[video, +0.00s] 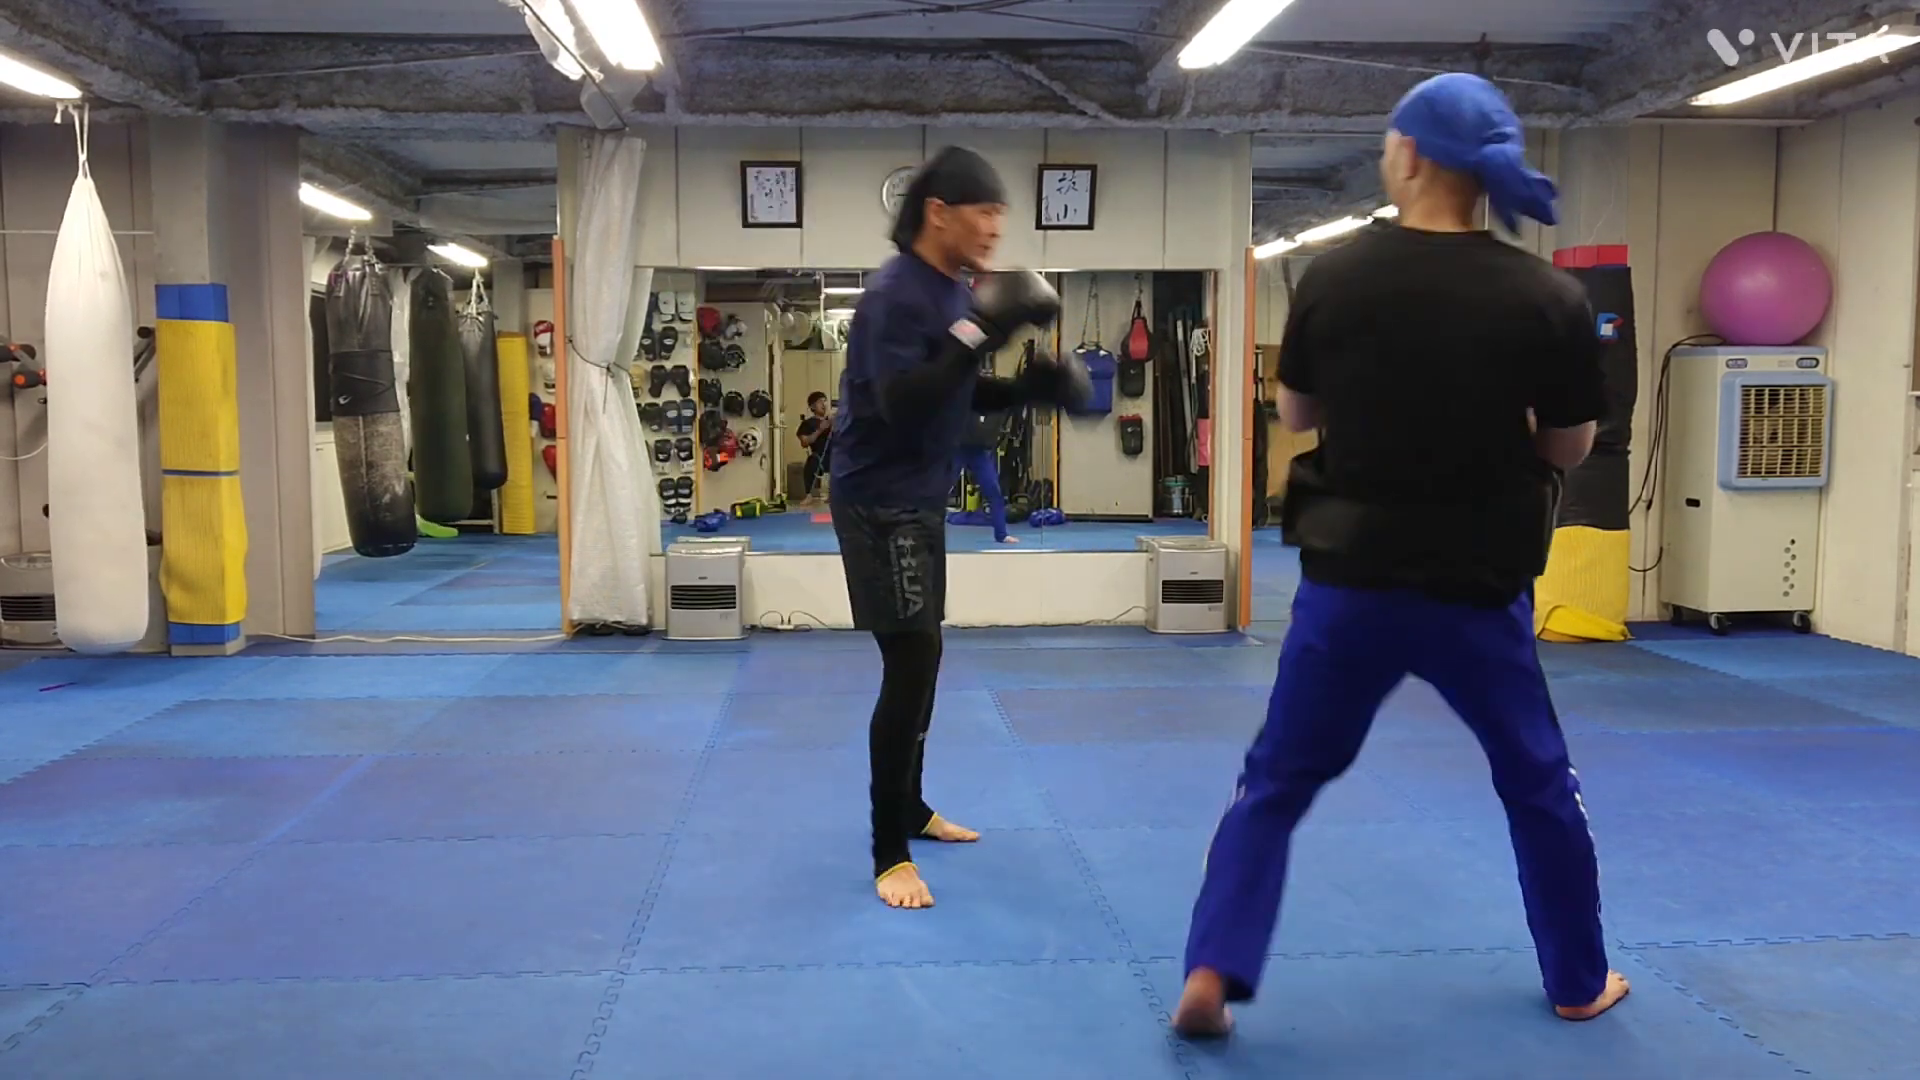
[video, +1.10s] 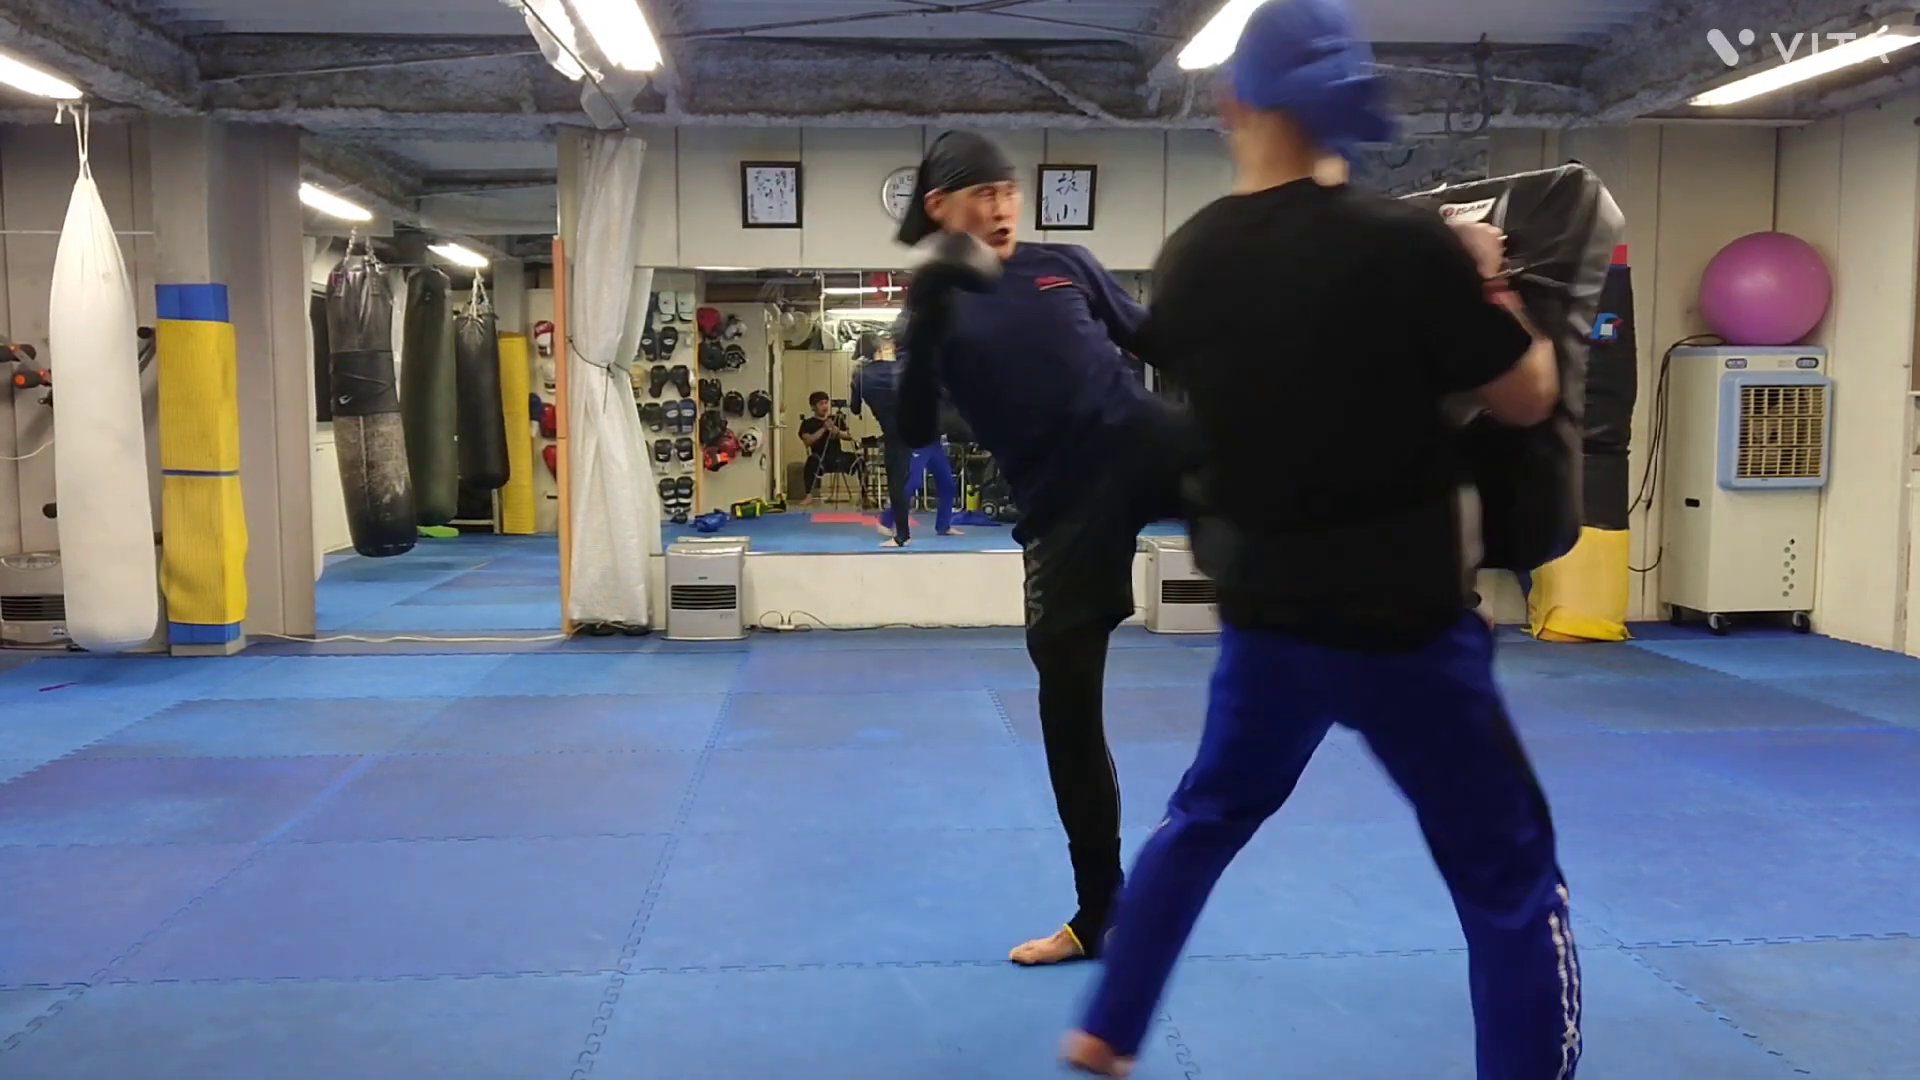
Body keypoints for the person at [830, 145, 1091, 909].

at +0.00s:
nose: (996, 229)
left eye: (999, 215)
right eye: (984, 213)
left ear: (964, 218)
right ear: (937, 212)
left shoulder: (953, 293)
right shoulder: (896, 293)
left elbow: (959, 400)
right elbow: (902, 401)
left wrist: (1033, 386)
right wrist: (977, 332)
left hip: (917, 502)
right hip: (880, 505)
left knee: (921, 658)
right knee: (907, 666)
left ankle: (908, 806)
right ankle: (890, 854)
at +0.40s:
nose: (1022, 239)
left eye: (1029, 225)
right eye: (1007, 225)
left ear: (1032, 226)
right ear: (964, 225)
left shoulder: (1000, 297)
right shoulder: (941, 286)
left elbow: (1033, 400)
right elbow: (909, 382)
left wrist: (1105, 433)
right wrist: (1000, 348)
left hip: (957, 504)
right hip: (910, 505)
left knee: (946, 655)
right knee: (941, 656)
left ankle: (907, 806)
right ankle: (920, 845)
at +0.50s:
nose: (1018, 234)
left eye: (1024, 220)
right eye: (1002, 223)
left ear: (1030, 222)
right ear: (960, 228)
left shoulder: (1030, 300)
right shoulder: (938, 291)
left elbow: (1094, 382)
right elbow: (869, 387)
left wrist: (1122, 358)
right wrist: (935, 403)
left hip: (981, 517)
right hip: (928, 516)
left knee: (948, 666)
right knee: (965, 676)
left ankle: (903, 808)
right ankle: (1000, 881)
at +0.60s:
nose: (1022, 218)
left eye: (1022, 205)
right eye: (1007, 207)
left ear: (1017, 215)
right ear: (972, 217)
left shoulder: (1040, 286)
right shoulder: (932, 295)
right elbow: (859, 387)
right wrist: (838, 452)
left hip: (1018, 524)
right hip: (958, 527)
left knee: (979, 676)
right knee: (1009, 708)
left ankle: (912, 794)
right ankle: (1059, 905)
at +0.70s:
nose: (948, 200)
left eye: (957, 187)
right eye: (936, 189)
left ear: (980, 196)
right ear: (913, 209)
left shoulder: (1024, 266)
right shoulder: (901, 306)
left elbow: (1095, 270)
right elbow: (839, 403)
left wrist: (998, 212)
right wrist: (768, 458)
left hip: (1067, 501)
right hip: (987, 521)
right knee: (1028, 711)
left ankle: (1016, 725)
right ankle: (1061, 907)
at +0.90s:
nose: (942, 226)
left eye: (948, 207)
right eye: (920, 217)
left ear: (965, 210)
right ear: (889, 237)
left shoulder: (1022, 268)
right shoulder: (898, 337)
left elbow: (1125, 327)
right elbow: (827, 424)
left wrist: (1211, 375)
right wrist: (817, 339)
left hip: (1096, 428)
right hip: (1041, 505)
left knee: (1132, 373)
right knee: (1035, 700)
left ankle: (1237, 382)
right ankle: (1093, 902)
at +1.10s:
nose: (1002, 205)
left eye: (1008, 189)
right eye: (982, 193)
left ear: (1021, 197)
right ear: (934, 208)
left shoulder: (1066, 264)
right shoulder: (930, 310)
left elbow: (1153, 341)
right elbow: (912, 427)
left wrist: (1239, 355)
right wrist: (929, 309)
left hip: (1144, 443)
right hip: (1060, 511)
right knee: (1070, 724)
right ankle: (1099, 919)